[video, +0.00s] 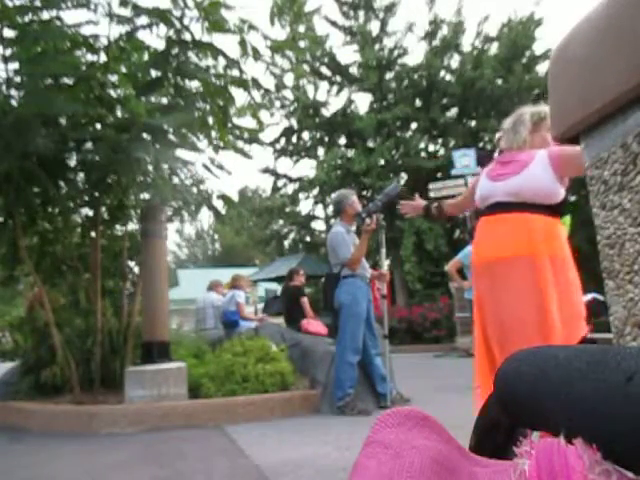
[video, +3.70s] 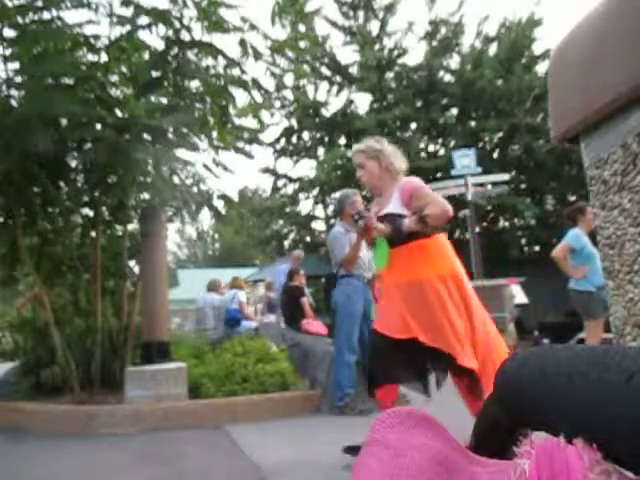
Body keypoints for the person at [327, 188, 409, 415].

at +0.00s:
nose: (360, 206)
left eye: (358, 201)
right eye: (356, 202)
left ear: (348, 207)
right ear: (347, 207)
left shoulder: (350, 233)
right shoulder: (337, 234)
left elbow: (357, 265)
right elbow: (352, 262)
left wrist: (374, 273)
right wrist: (366, 235)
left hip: (362, 284)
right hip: (350, 284)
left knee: (370, 344)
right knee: (350, 345)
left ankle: (386, 393)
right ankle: (344, 398)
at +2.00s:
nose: (361, 206)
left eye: (360, 202)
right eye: (356, 202)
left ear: (351, 207)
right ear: (346, 207)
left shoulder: (352, 232)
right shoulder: (338, 233)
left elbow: (358, 266)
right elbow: (353, 262)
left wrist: (375, 274)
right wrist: (367, 235)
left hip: (363, 285)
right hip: (351, 285)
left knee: (370, 344)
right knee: (351, 344)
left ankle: (386, 392)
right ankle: (344, 398)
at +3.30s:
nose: (362, 207)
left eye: (361, 202)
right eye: (358, 203)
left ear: (353, 207)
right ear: (347, 207)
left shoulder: (356, 231)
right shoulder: (337, 233)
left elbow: (360, 262)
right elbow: (350, 261)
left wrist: (374, 274)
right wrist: (361, 238)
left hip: (364, 283)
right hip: (350, 283)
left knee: (371, 342)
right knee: (349, 344)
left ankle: (385, 393)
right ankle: (343, 398)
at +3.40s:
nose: (361, 206)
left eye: (361, 202)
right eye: (357, 202)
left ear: (354, 207)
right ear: (346, 207)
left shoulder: (357, 231)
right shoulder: (337, 234)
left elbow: (366, 258)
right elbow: (346, 261)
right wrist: (362, 238)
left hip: (364, 285)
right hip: (347, 287)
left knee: (371, 342)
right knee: (348, 345)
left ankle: (384, 392)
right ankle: (343, 397)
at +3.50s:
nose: (361, 206)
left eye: (361, 202)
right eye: (357, 202)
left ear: (357, 207)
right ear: (346, 207)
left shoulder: (357, 231)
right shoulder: (337, 233)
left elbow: (365, 262)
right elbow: (348, 263)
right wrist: (362, 238)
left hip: (366, 282)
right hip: (348, 283)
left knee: (372, 342)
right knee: (348, 343)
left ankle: (385, 392)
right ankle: (344, 397)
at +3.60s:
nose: (362, 206)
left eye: (362, 202)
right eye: (357, 202)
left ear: (354, 207)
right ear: (346, 207)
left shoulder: (357, 232)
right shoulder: (337, 233)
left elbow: (363, 263)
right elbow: (347, 263)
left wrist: (376, 273)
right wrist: (360, 238)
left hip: (365, 283)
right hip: (349, 283)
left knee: (372, 341)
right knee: (348, 343)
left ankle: (385, 392)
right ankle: (343, 397)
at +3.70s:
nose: (361, 209)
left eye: (361, 205)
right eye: (356, 205)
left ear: (358, 207)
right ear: (345, 208)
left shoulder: (359, 231)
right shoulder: (337, 233)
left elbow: (367, 261)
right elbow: (347, 262)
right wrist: (359, 237)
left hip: (366, 282)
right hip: (349, 283)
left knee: (368, 338)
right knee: (347, 342)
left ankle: (377, 388)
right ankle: (344, 396)